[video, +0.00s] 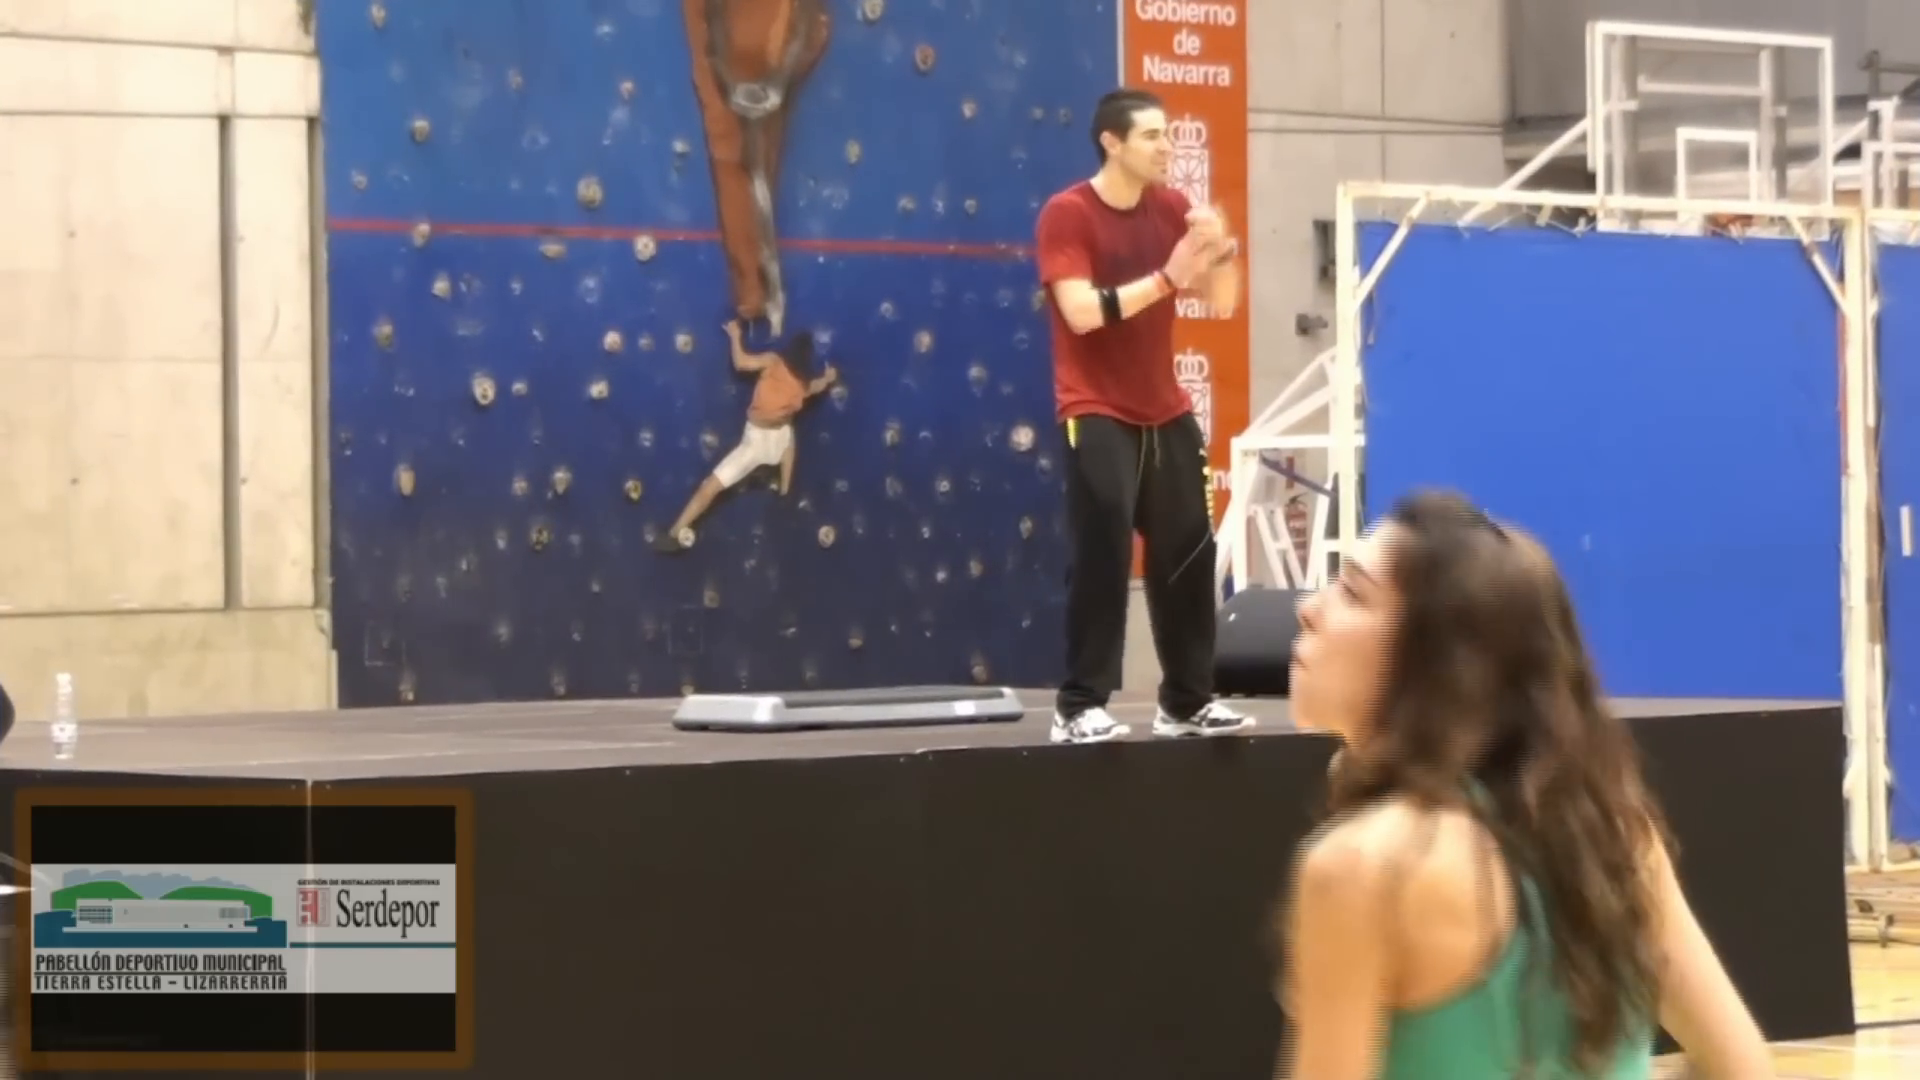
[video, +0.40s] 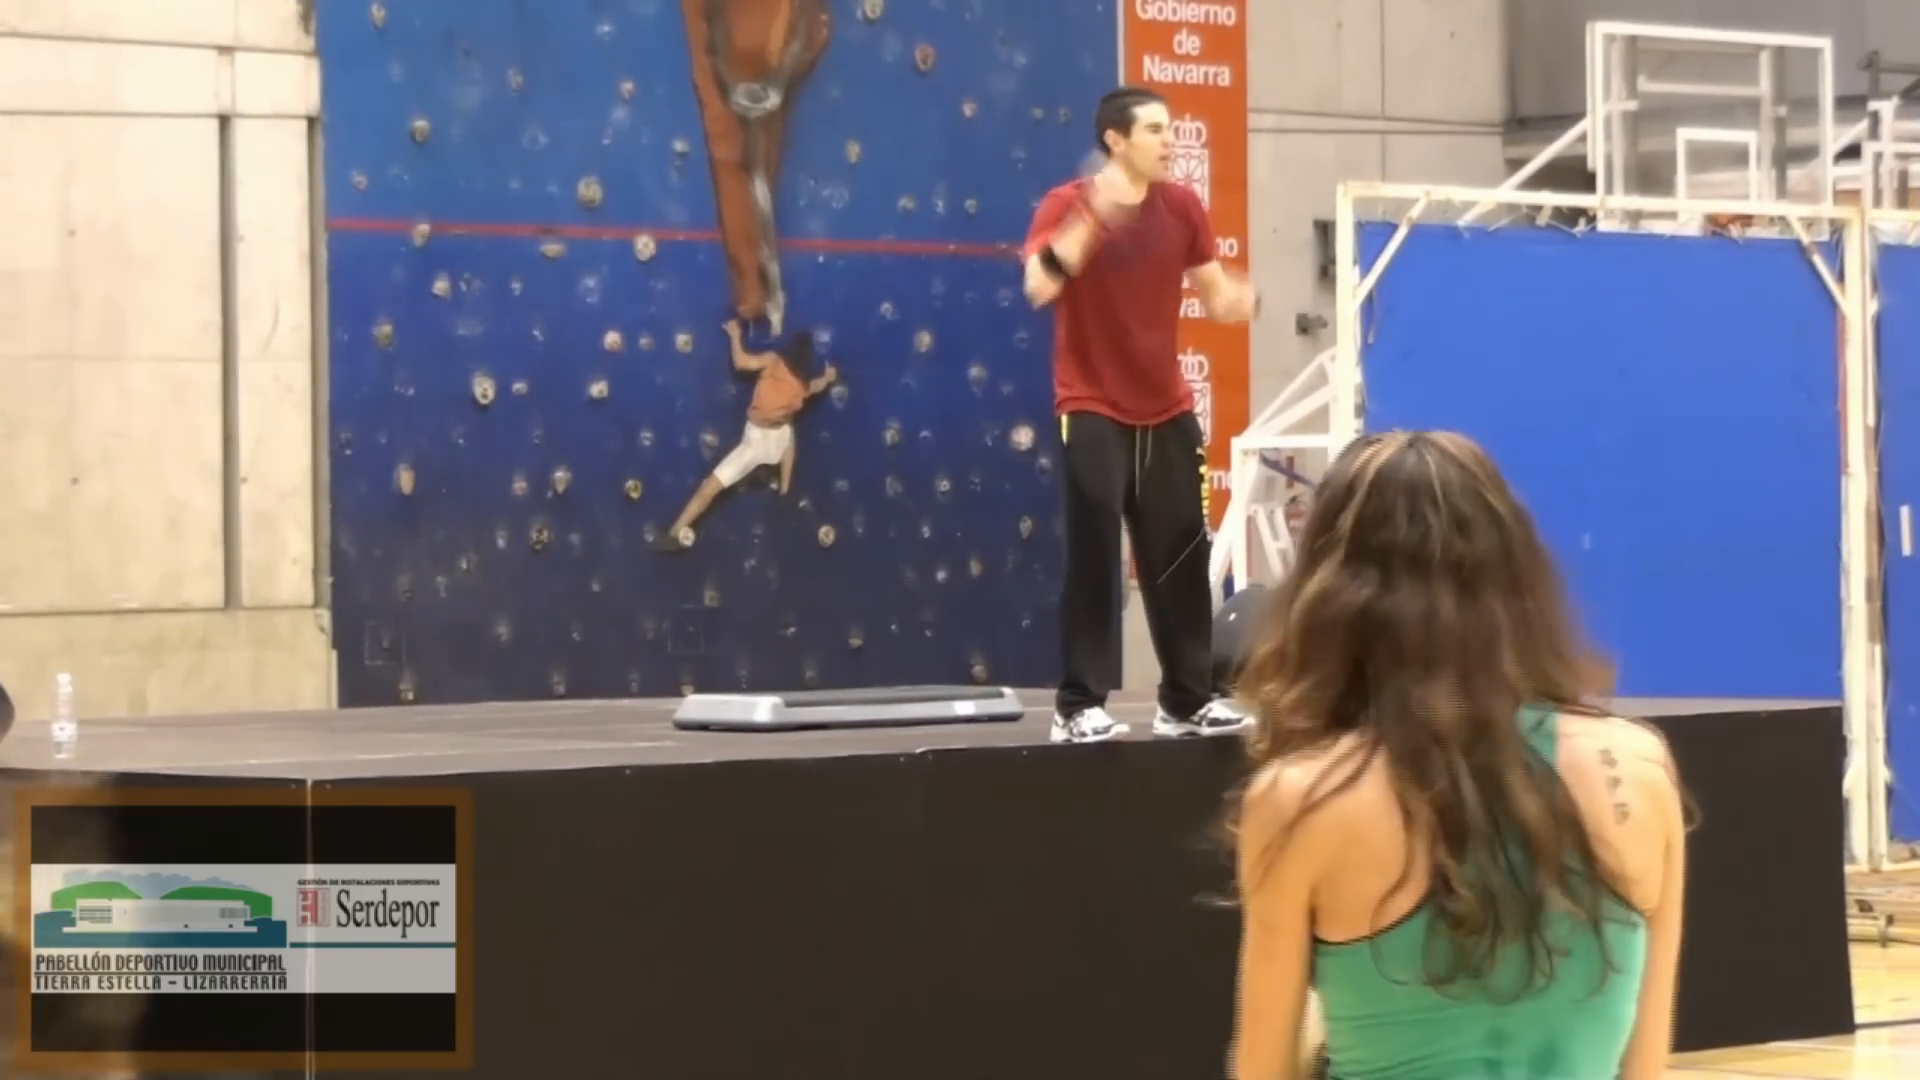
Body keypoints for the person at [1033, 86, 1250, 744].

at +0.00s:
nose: (1164, 147)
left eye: (1166, 135)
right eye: (1150, 136)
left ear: (1163, 142)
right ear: (1111, 143)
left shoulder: (1171, 209)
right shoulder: (1066, 213)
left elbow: (1218, 299)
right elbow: (1080, 314)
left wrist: (1218, 249)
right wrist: (1168, 279)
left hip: (1165, 406)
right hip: (1095, 408)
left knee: (1187, 550)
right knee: (1105, 548)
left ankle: (1189, 700)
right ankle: (1083, 705)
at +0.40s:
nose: (1168, 140)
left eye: (1169, 129)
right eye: (1154, 130)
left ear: (1166, 138)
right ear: (1115, 138)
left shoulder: (1181, 205)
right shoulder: (1069, 204)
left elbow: (1216, 288)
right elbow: (1038, 285)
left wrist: (1234, 299)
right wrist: (1093, 216)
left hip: (1166, 403)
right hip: (1092, 401)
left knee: (1181, 550)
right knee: (1096, 548)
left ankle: (1189, 699)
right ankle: (1082, 703)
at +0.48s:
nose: (1169, 140)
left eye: (1170, 129)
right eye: (1156, 129)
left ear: (1165, 138)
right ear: (1117, 137)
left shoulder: (1182, 205)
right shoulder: (1074, 196)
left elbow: (1204, 293)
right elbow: (1031, 236)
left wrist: (1225, 316)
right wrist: (1080, 169)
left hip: (1165, 401)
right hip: (1094, 399)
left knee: (1180, 552)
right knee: (1093, 547)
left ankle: (1187, 699)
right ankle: (1081, 703)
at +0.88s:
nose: (1177, 141)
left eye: (1177, 130)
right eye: (1164, 130)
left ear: (1169, 142)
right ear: (1124, 139)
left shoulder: (1183, 208)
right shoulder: (1077, 197)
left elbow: (1206, 286)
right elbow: (1016, 199)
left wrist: (1217, 301)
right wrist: (1093, 247)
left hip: (1163, 407)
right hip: (1094, 408)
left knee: (1180, 555)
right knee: (1093, 558)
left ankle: (1187, 699)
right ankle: (1080, 704)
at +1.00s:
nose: (1170, 143)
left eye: (1172, 132)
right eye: (1157, 132)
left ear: (1170, 139)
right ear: (1118, 137)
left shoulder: (1182, 204)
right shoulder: (1071, 202)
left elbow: (1251, 251)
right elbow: (1004, 242)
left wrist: (1264, 232)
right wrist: (1081, 287)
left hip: (1159, 403)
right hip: (1087, 405)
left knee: (1178, 550)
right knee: (1093, 551)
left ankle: (1188, 700)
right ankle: (1082, 704)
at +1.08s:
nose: (1167, 148)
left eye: (1171, 137)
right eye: (1155, 137)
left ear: (1168, 142)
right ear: (1115, 137)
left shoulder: (1183, 197)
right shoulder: (1065, 204)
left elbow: (1274, 211)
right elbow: (1000, 269)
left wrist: (1313, 161)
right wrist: (1075, 306)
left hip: (1158, 403)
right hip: (1085, 405)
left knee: (1176, 551)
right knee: (1090, 553)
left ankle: (1188, 701)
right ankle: (1081, 705)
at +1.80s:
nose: (1209, 145)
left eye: (1216, 135)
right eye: (1195, 133)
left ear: (1224, 147)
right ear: (1164, 145)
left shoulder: (1243, 213)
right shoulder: (1118, 217)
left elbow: (1326, 233)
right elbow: (1087, 307)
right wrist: (1078, 382)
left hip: (1218, 413)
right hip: (1139, 414)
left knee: (1231, 540)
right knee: (1130, 529)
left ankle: (1234, 665)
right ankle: (1116, 663)